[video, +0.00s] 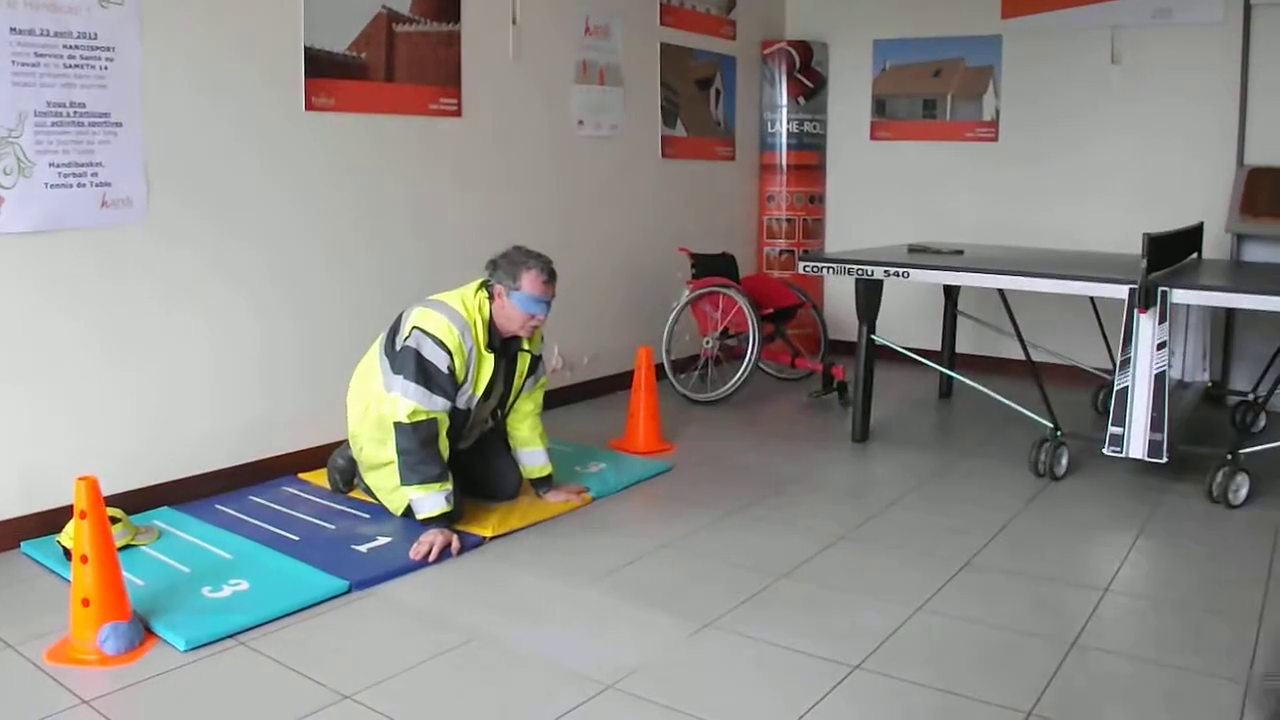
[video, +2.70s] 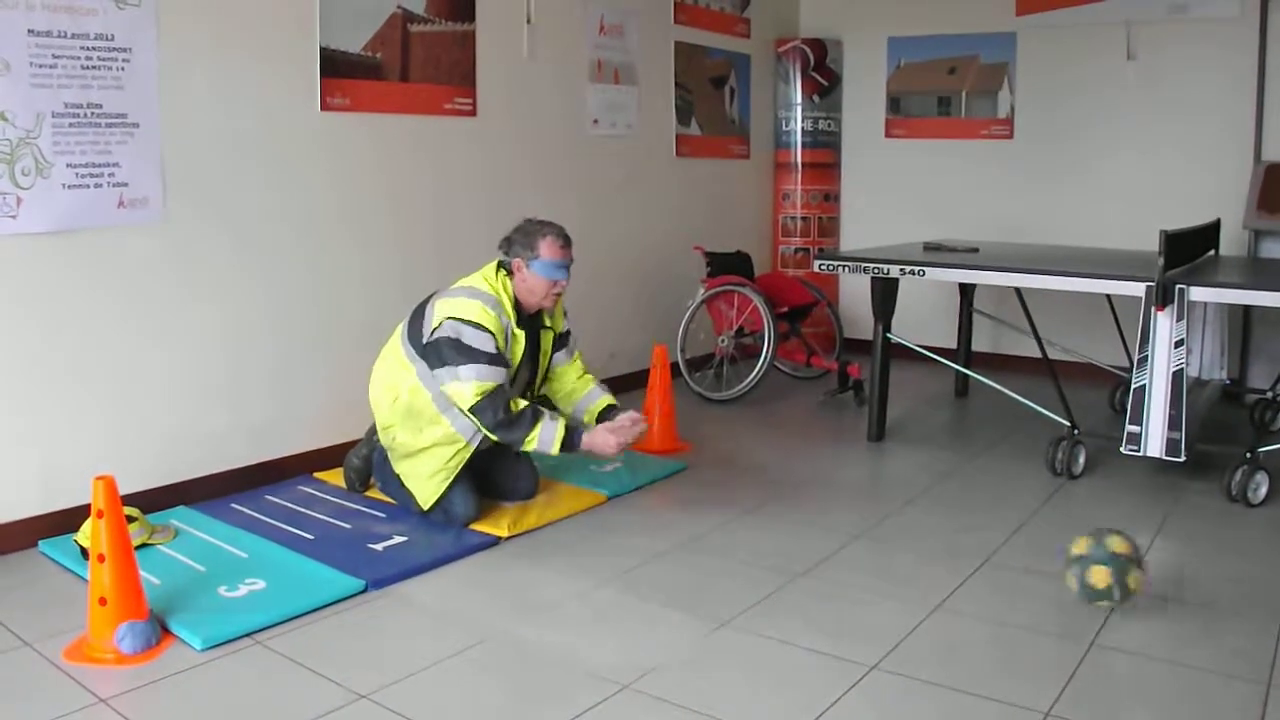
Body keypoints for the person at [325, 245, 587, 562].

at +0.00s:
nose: (540, 318)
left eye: (546, 307)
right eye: (532, 306)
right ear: (498, 295)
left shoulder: (527, 337)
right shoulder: (437, 331)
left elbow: (524, 411)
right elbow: (415, 427)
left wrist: (545, 484)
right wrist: (436, 523)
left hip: (461, 415)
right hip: (387, 422)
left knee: (504, 487)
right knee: (432, 512)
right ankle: (362, 462)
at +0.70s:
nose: (536, 308)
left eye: (542, 297)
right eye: (529, 297)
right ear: (495, 285)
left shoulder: (523, 322)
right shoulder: (435, 321)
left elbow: (523, 398)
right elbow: (408, 418)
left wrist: (558, 462)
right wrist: (455, 501)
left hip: (465, 412)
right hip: (388, 422)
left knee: (501, 483)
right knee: (435, 510)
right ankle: (359, 454)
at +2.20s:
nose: (543, 286)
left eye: (549, 275)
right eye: (533, 274)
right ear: (500, 269)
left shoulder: (533, 312)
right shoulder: (443, 312)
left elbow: (532, 386)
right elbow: (411, 408)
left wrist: (527, 452)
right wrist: (473, 471)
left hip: (466, 416)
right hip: (399, 431)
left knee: (515, 480)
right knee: (458, 505)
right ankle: (374, 460)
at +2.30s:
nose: (543, 285)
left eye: (548, 273)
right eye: (533, 273)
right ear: (499, 268)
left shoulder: (534, 308)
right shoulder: (446, 310)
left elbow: (541, 383)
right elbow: (434, 409)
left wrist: (554, 450)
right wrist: (508, 469)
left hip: (470, 412)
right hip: (401, 422)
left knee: (511, 484)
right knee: (455, 506)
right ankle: (375, 462)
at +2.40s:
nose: (544, 288)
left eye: (548, 276)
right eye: (534, 276)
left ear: (552, 271)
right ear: (499, 270)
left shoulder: (532, 309)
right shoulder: (453, 314)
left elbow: (557, 378)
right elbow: (477, 407)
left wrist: (606, 425)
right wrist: (568, 440)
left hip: (461, 410)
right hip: (405, 421)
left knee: (516, 483)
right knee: (455, 507)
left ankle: (425, 449)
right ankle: (377, 456)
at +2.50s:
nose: (550, 286)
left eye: (554, 274)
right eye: (541, 274)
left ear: (559, 272)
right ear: (505, 271)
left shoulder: (536, 305)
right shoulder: (462, 313)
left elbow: (570, 362)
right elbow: (504, 397)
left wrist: (622, 392)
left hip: (471, 405)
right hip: (410, 416)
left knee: (516, 485)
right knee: (456, 509)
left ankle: (432, 447)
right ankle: (377, 455)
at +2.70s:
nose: (562, 286)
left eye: (566, 275)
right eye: (553, 275)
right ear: (518, 269)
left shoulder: (547, 307)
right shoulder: (468, 314)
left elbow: (566, 378)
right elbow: (493, 413)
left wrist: (609, 415)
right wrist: (581, 439)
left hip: (467, 412)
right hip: (413, 421)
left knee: (519, 485)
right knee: (457, 511)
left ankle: (427, 449)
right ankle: (378, 455)